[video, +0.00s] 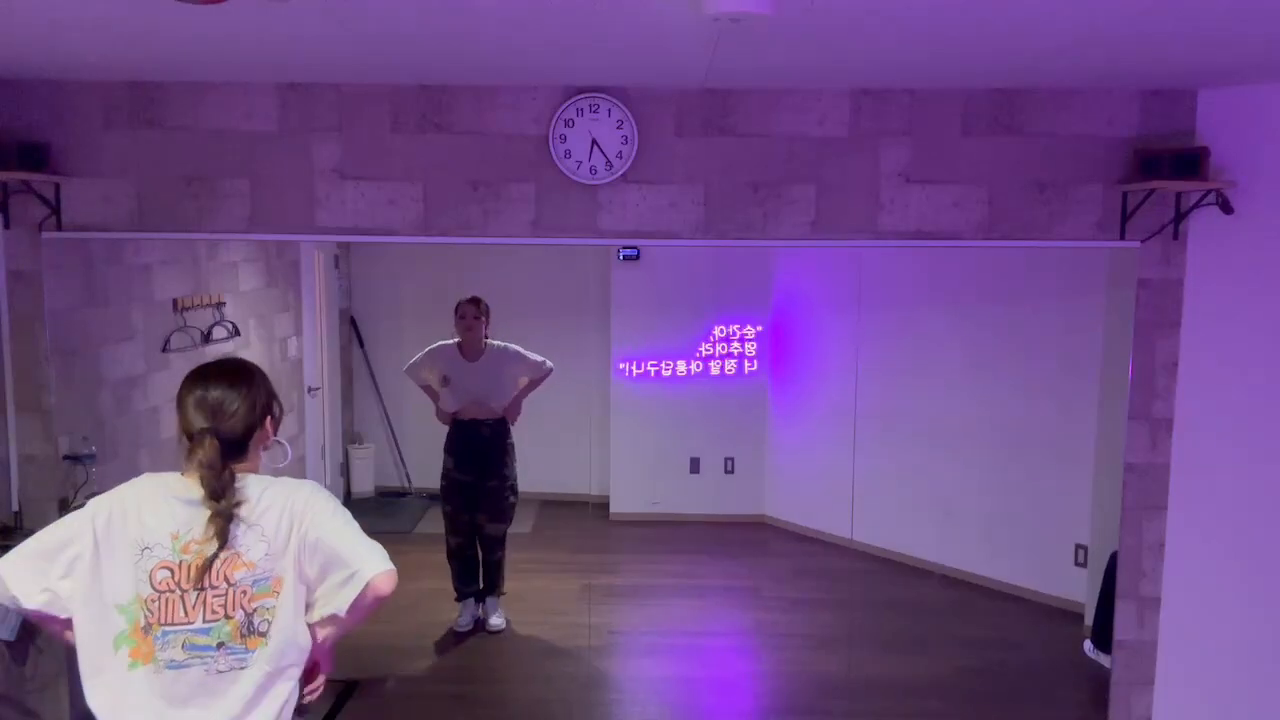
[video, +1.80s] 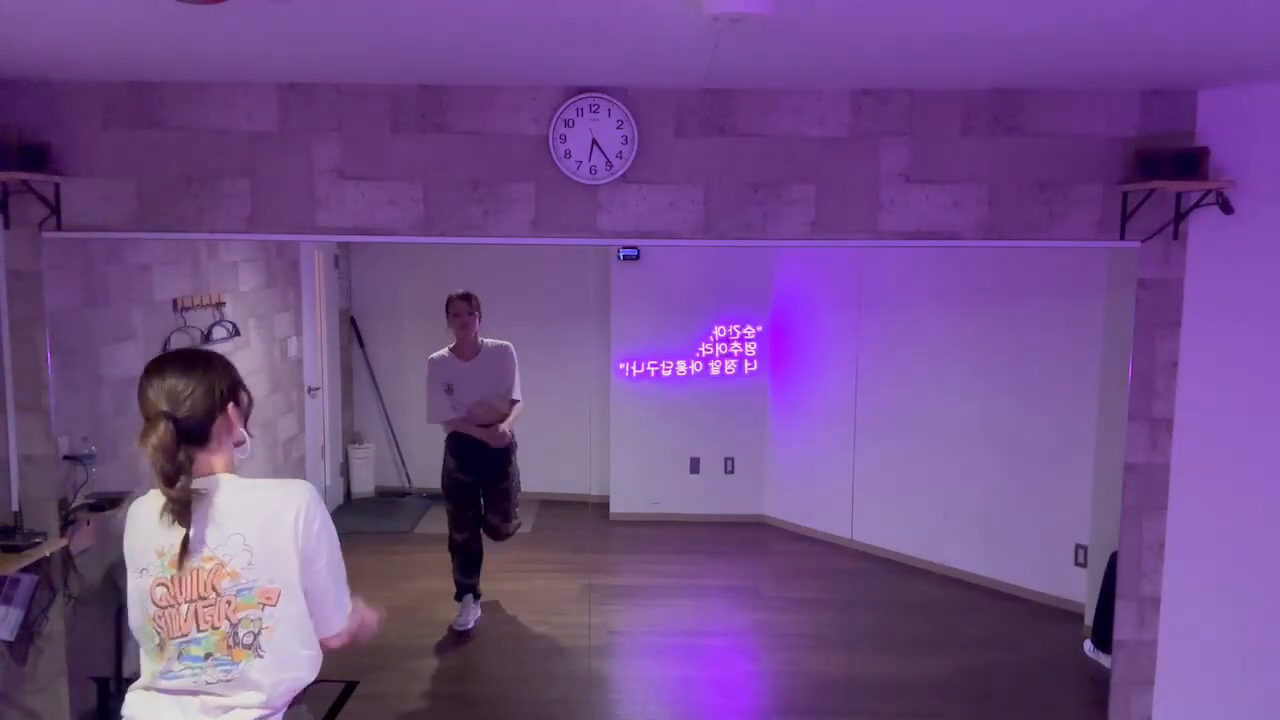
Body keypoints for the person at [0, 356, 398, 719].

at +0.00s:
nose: (277, 429)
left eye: (275, 416)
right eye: (276, 418)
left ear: (184, 427)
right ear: (265, 430)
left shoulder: (120, 506)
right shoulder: (302, 504)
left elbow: (16, 578)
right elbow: (380, 581)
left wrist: (91, 637)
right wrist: (323, 637)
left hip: (135, 711)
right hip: (256, 711)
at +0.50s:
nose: (283, 416)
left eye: (282, 404)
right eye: (282, 406)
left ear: (189, 411)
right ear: (271, 420)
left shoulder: (131, 507)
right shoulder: (312, 507)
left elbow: (55, 583)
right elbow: (429, 579)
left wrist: (138, 614)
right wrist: (351, 623)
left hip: (157, 708)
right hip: (270, 710)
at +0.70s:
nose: (261, 413)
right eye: (259, 402)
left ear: (168, 422)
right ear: (253, 417)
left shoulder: (136, 507)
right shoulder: (306, 511)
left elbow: (118, 615)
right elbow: (373, 603)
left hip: (154, 710)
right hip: (266, 710)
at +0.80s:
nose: (255, 409)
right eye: (252, 399)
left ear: (162, 424)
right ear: (247, 416)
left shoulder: (130, 513)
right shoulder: (302, 511)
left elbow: (138, 587)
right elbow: (349, 597)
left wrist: (145, 502)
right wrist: (418, 526)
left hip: (158, 713)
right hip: (268, 711)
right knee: (309, 691)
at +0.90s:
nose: (251, 410)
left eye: (249, 398)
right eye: (249, 400)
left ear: (158, 423)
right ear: (240, 418)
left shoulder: (124, 515)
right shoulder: (296, 513)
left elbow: (143, 593)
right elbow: (338, 596)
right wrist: (408, 536)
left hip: (156, 707)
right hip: (265, 706)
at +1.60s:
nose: (248, 417)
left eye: (246, 406)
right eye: (246, 407)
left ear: (158, 419)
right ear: (234, 420)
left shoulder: (127, 510)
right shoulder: (279, 507)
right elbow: (311, 620)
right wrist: (346, 561)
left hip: (126, 708)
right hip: (234, 710)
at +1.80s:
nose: (244, 421)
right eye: (242, 405)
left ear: (156, 424)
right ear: (230, 414)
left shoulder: (140, 515)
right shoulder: (295, 503)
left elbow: (144, 627)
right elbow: (333, 635)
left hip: (148, 707)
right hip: (254, 711)